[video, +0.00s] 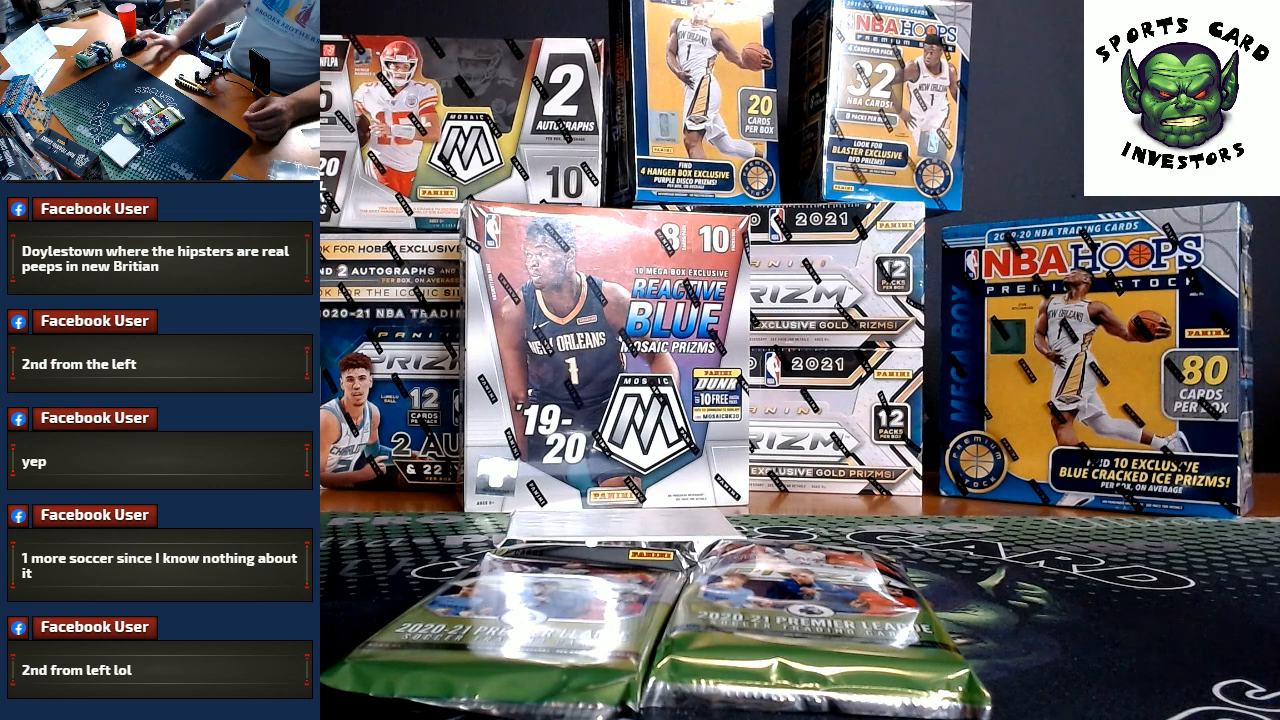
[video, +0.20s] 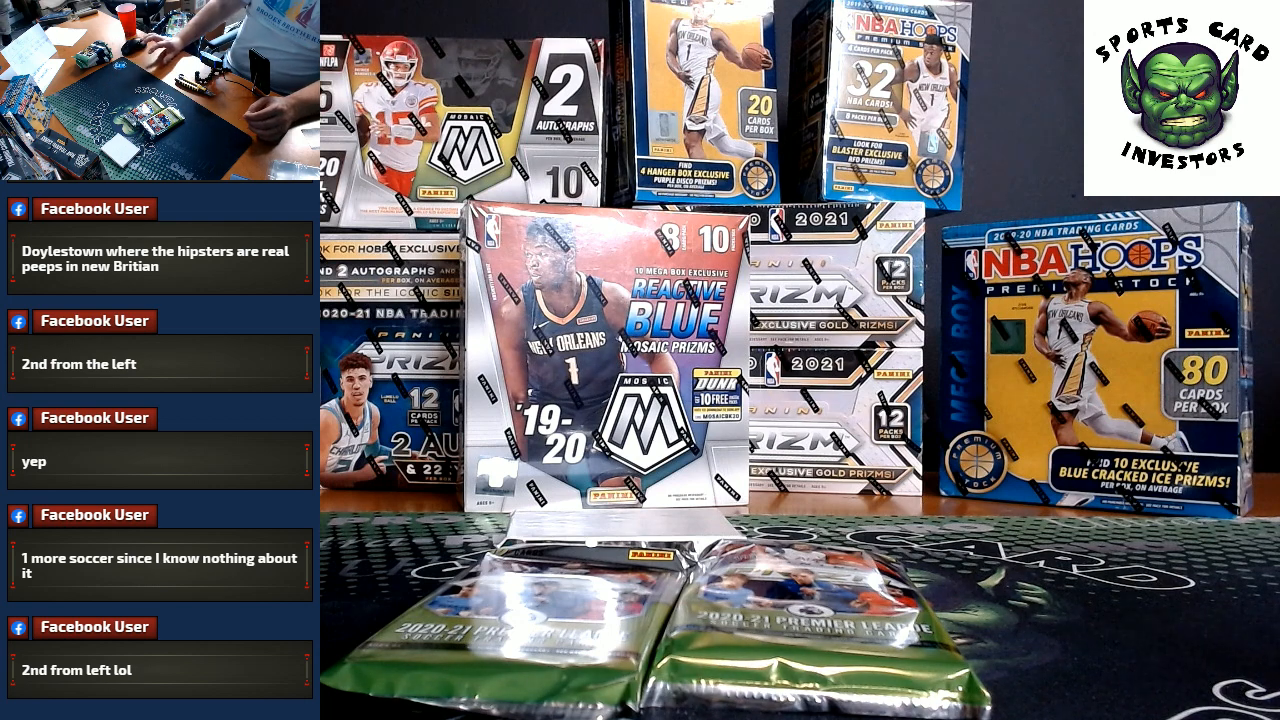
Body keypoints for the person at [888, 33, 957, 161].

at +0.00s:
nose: (928, 53)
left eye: (933, 50)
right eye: (926, 48)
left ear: (941, 52)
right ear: (923, 49)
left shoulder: (949, 71)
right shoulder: (913, 69)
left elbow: (956, 94)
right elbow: (886, 83)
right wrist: (900, 111)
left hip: (940, 117)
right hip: (918, 119)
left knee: (940, 154)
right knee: (923, 155)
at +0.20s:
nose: (928, 53)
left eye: (933, 49)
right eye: (926, 48)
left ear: (941, 52)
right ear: (923, 49)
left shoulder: (949, 71)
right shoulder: (913, 69)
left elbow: (955, 94)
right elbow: (886, 83)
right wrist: (900, 111)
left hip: (940, 117)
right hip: (918, 119)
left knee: (940, 154)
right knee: (923, 155)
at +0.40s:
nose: (929, 53)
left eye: (933, 49)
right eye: (926, 48)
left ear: (941, 52)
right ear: (923, 49)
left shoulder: (949, 71)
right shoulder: (913, 69)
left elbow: (956, 94)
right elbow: (886, 83)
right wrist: (900, 111)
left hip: (940, 117)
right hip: (918, 119)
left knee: (940, 154)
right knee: (923, 155)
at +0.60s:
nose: (928, 53)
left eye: (933, 49)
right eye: (926, 48)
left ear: (941, 52)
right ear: (923, 49)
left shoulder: (949, 71)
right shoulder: (913, 69)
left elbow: (955, 94)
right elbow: (886, 83)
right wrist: (900, 111)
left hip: (940, 117)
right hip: (918, 119)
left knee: (940, 154)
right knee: (923, 155)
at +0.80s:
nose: (928, 53)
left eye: (933, 49)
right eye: (926, 48)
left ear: (941, 52)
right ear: (923, 49)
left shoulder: (949, 71)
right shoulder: (913, 69)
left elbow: (955, 94)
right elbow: (886, 83)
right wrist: (900, 111)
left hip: (940, 117)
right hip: (918, 119)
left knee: (940, 154)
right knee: (923, 155)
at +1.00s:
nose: (928, 52)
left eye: (933, 49)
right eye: (926, 48)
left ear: (941, 52)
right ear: (923, 49)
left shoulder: (949, 71)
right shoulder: (913, 69)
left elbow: (955, 93)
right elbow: (886, 83)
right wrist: (900, 111)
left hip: (940, 117)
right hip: (918, 119)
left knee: (940, 154)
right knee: (923, 155)